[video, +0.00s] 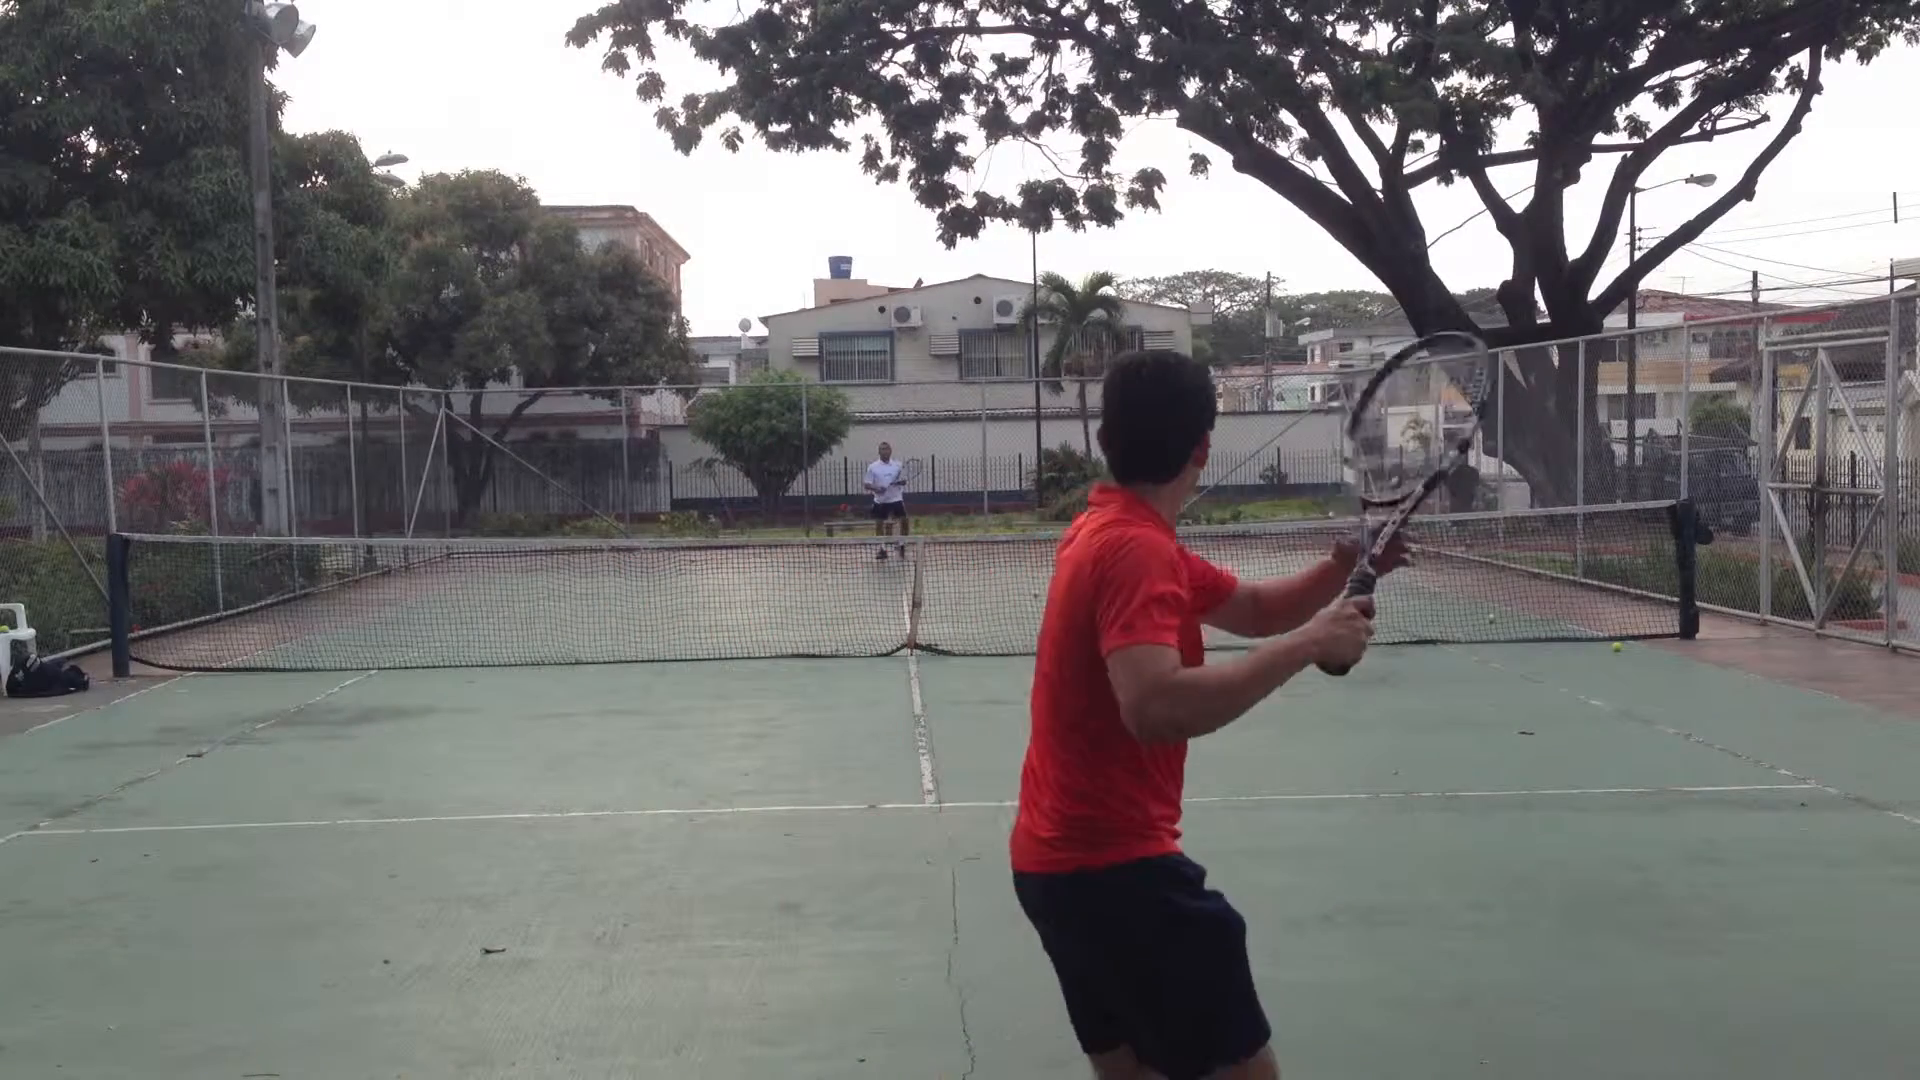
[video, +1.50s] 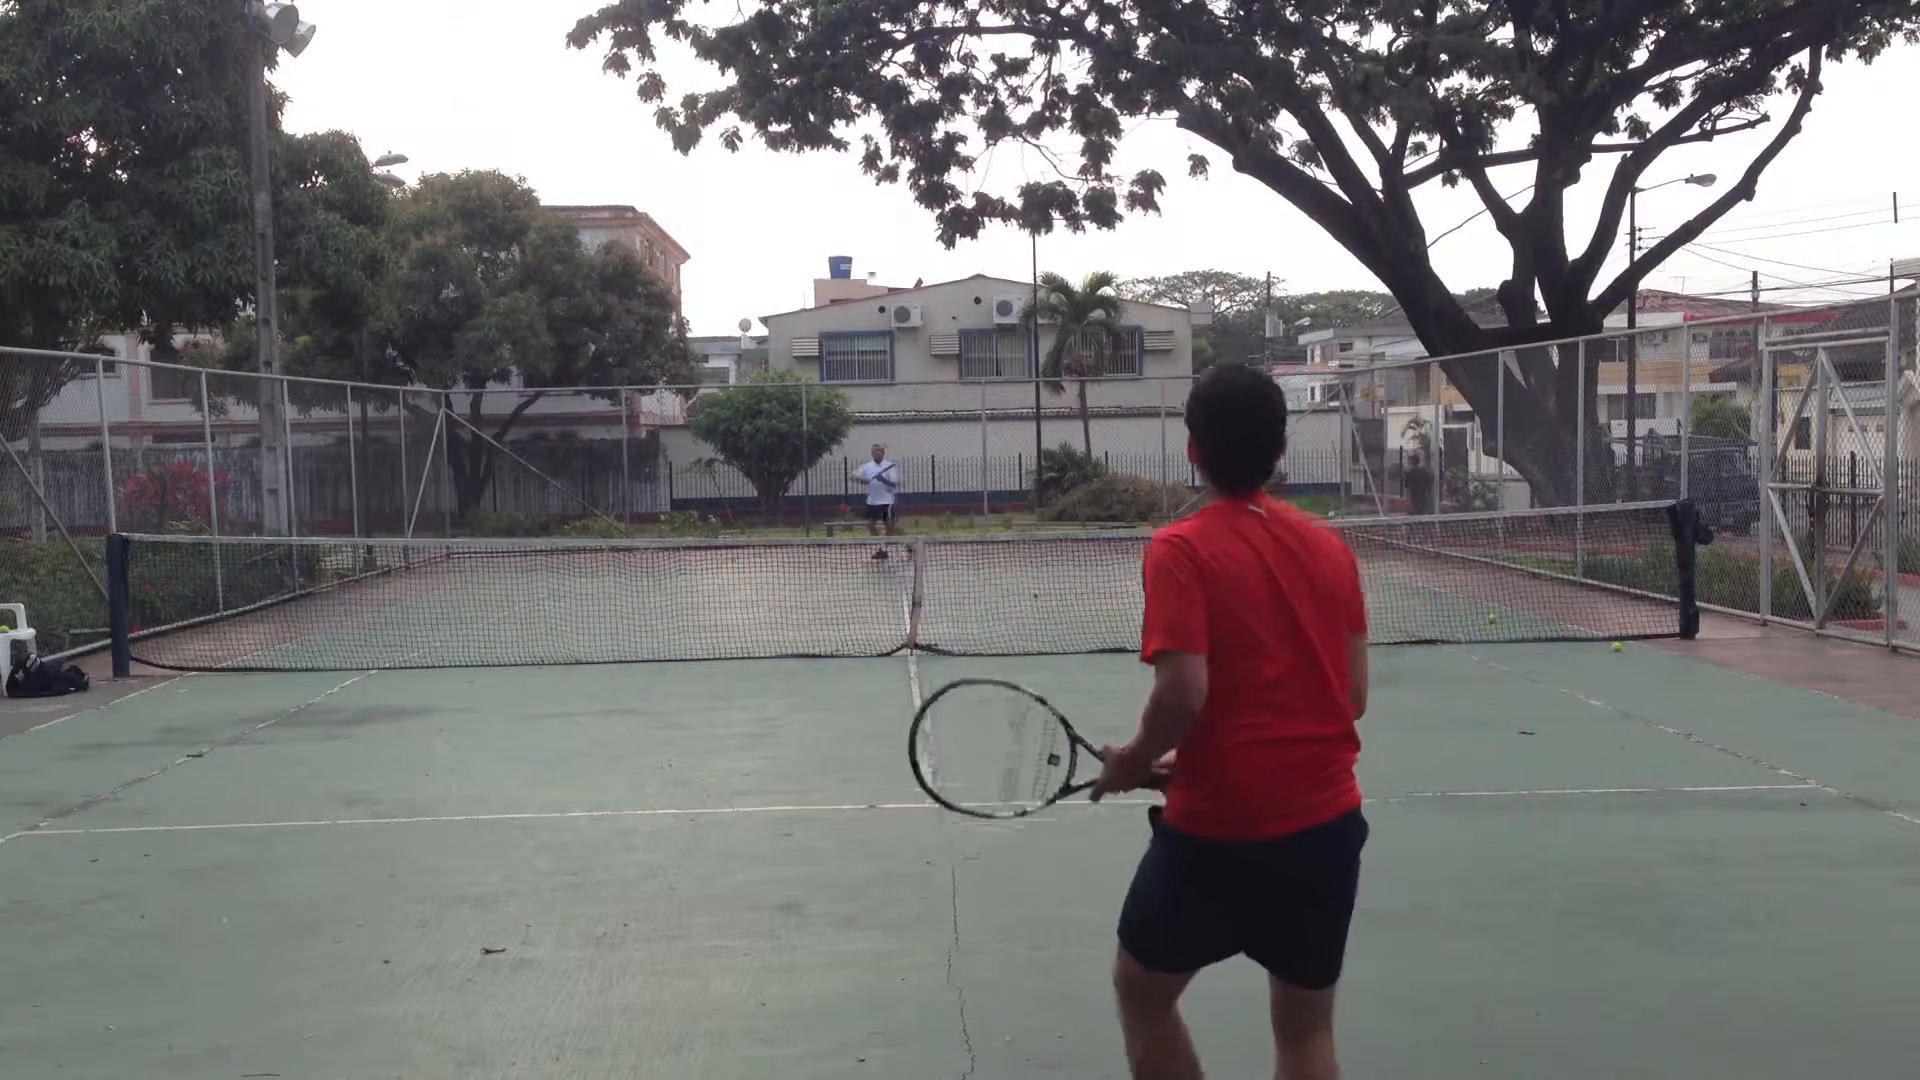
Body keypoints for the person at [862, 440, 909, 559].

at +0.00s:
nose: (885, 451)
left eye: (887, 449)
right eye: (882, 449)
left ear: (890, 451)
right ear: (879, 452)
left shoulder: (897, 465)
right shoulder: (873, 467)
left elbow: (903, 480)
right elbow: (867, 484)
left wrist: (899, 482)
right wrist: (876, 489)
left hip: (896, 500)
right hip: (880, 501)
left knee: (904, 521)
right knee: (879, 524)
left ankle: (902, 544)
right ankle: (881, 548)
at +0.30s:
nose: (892, 451)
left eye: (894, 449)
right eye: (890, 449)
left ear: (898, 450)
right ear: (886, 451)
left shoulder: (905, 464)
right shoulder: (881, 466)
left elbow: (913, 481)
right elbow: (875, 483)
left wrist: (905, 481)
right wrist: (882, 488)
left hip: (903, 501)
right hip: (887, 501)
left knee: (910, 525)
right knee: (885, 525)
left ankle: (915, 548)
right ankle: (884, 549)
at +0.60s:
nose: (899, 451)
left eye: (901, 448)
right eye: (896, 449)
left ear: (905, 450)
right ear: (893, 451)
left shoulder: (912, 464)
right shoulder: (887, 465)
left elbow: (918, 482)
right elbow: (881, 483)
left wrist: (913, 480)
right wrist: (893, 487)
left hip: (908, 500)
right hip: (892, 501)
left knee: (913, 524)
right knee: (888, 523)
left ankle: (916, 548)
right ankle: (884, 549)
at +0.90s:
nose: (899, 451)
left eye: (901, 449)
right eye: (897, 449)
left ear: (905, 450)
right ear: (893, 451)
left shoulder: (912, 464)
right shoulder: (888, 465)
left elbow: (918, 482)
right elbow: (881, 483)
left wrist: (913, 480)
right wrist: (893, 487)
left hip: (908, 500)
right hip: (892, 501)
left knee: (913, 524)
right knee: (888, 523)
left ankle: (916, 548)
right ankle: (884, 548)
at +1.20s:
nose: (897, 452)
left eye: (898, 450)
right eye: (894, 450)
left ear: (901, 451)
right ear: (889, 451)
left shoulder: (908, 464)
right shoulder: (883, 465)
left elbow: (916, 482)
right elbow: (876, 482)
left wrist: (906, 480)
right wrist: (885, 485)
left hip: (904, 501)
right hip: (888, 501)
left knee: (912, 525)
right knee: (885, 526)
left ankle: (915, 548)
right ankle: (883, 549)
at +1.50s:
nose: (876, 455)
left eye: (878, 452)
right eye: (874, 452)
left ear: (883, 453)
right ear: (872, 454)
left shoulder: (890, 466)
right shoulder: (868, 466)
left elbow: (893, 484)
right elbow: (854, 475)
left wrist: (881, 478)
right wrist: (867, 480)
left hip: (886, 500)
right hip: (872, 500)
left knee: (889, 525)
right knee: (870, 524)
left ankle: (887, 548)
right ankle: (879, 547)